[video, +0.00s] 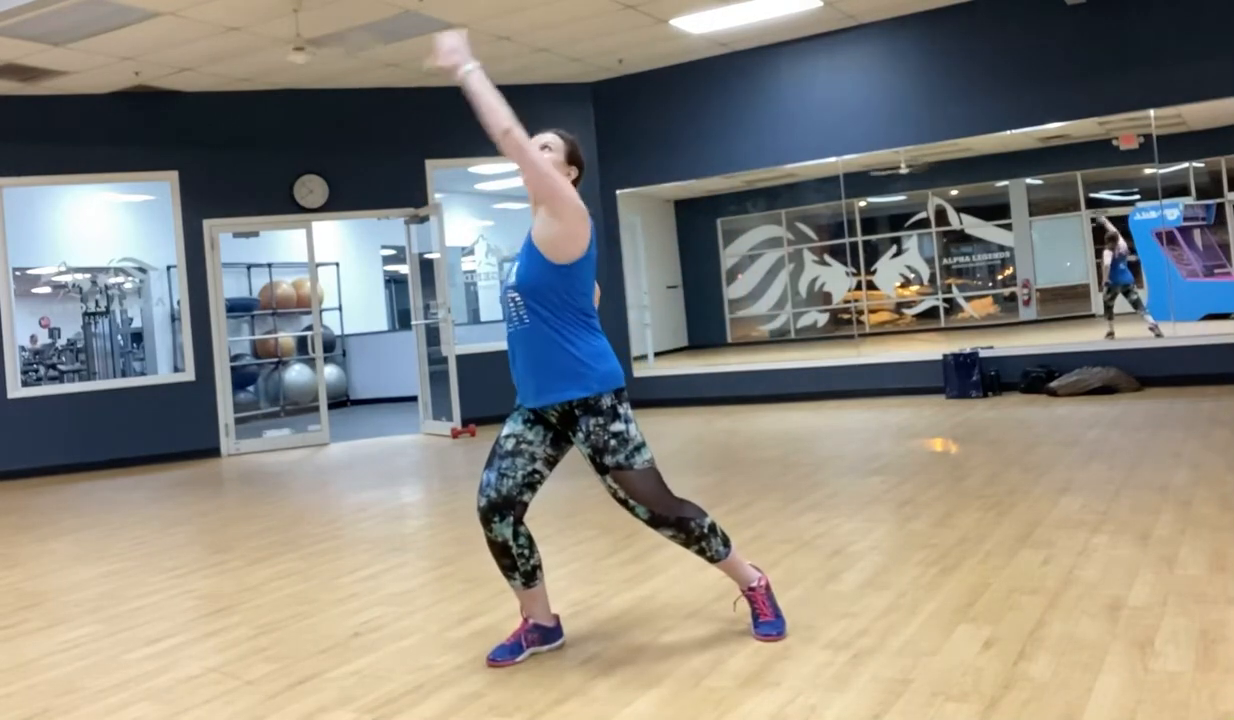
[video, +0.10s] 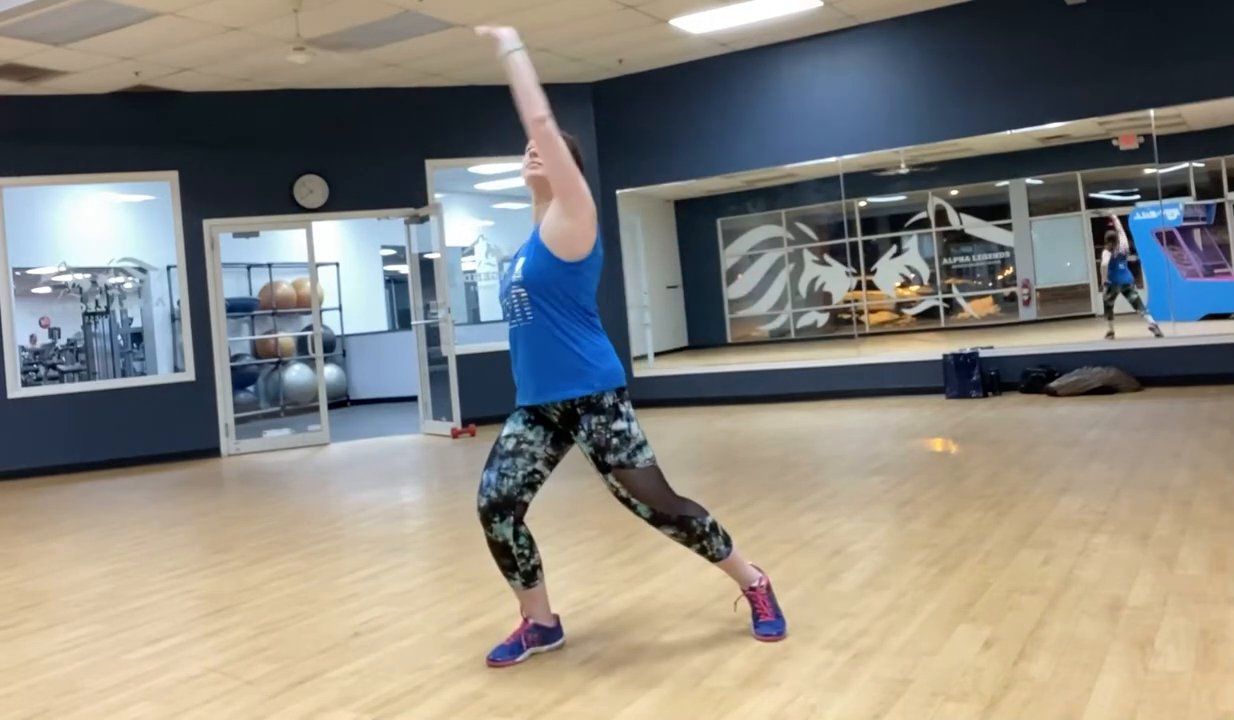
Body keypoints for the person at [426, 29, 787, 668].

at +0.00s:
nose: (528, 151)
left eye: (542, 147)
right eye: (530, 145)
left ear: (567, 169)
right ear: (544, 170)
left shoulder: (565, 209)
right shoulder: (546, 225)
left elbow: (506, 134)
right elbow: (584, 304)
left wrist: (467, 64)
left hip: (593, 398)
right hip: (539, 405)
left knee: (655, 507)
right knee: (496, 506)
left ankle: (752, 582)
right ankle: (539, 620)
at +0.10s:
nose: (531, 153)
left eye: (541, 144)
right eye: (528, 145)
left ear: (565, 161)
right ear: (528, 167)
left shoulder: (573, 212)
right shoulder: (537, 226)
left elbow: (540, 121)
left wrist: (509, 44)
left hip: (595, 398)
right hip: (538, 405)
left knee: (658, 507)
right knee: (496, 506)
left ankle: (752, 581)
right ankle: (539, 620)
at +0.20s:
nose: (532, 153)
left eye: (545, 145)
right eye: (529, 148)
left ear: (569, 161)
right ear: (527, 169)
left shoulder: (577, 217)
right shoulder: (534, 235)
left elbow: (554, 117)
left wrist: (530, 37)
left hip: (597, 399)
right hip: (538, 407)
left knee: (658, 505)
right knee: (496, 505)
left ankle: (753, 582)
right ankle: (540, 621)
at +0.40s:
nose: (541, 152)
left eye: (552, 146)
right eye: (532, 149)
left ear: (574, 164)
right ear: (525, 171)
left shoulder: (586, 216)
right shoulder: (532, 237)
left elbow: (586, 118)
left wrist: (588, 33)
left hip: (602, 398)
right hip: (539, 405)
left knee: (667, 504)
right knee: (499, 506)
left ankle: (754, 584)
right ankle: (540, 620)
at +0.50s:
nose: (543, 151)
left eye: (553, 146)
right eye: (533, 149)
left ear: (574, 163)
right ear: (525, 173)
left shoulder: (589, 214)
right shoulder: (528, 241)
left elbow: (602, 117)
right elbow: (538, 319)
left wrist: (614, 38)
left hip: (604, 396)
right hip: (540, 404)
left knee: (669, 502)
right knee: (498, 506)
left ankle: (755, 585)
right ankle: (540, 621)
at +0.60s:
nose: (547, 152)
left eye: (556, 145)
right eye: (536, 149)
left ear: (574, 162)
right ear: (524, 173)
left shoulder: (592, 214)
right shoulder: (526, 243)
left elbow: (621, 123)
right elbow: (540, 320)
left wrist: (635, 38)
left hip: (607, 394)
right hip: (541, 403)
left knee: (673, 498)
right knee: (498, 508)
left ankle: (755, 587)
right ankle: (540, 621)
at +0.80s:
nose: (547, 157)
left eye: (555, 148)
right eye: (534, 152)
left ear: (571, 160)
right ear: (519, 169)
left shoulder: (597, 205)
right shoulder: (507, 238)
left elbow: (646, 129)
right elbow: (464, 293)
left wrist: (682, 60)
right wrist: (447, 340)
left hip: (613, 383)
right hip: (539, 397)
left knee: (675, 491)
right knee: (499, 507)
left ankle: (752, 589)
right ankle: (540, 621)